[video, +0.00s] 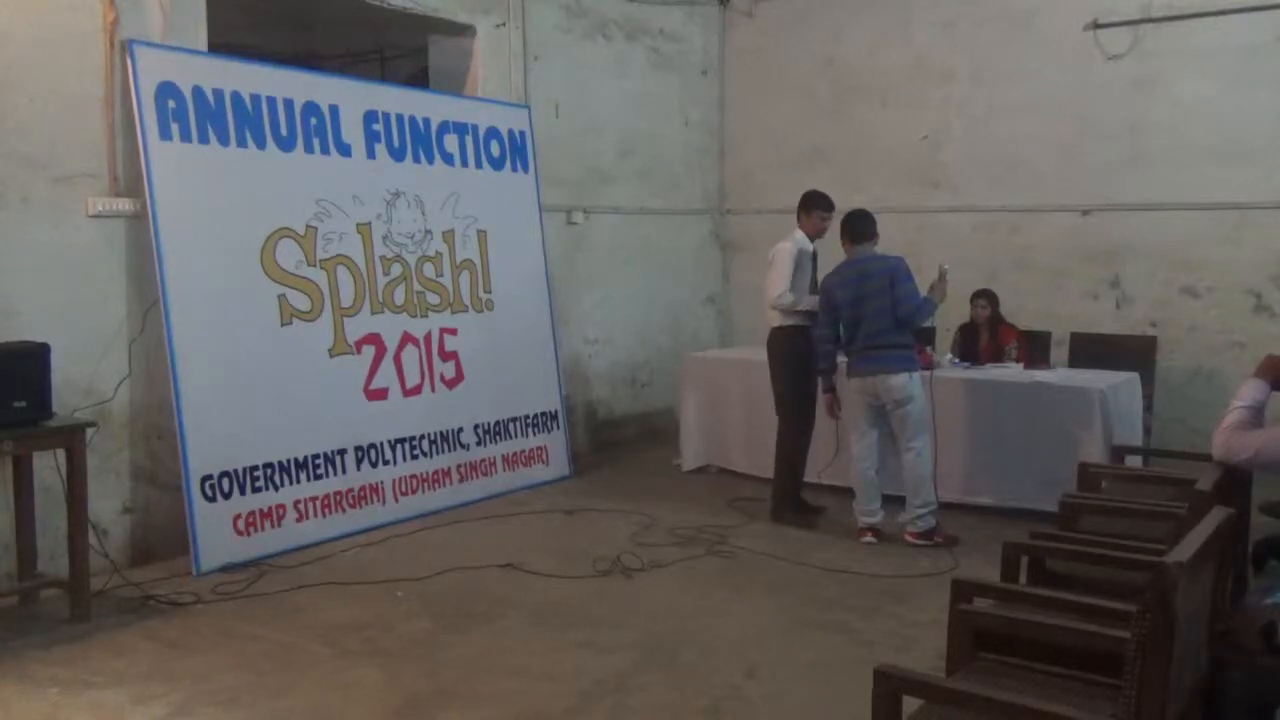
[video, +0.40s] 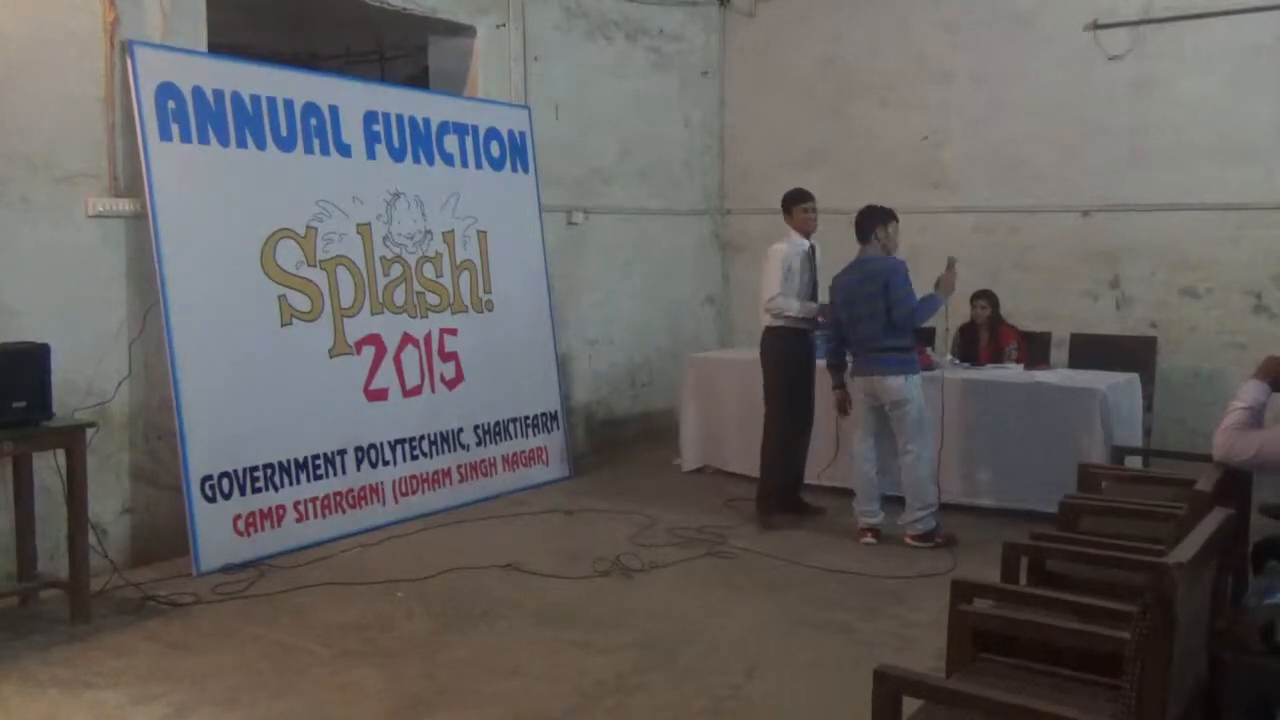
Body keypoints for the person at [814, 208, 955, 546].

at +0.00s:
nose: (873, 242)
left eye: (843, 240)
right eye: (874, 236)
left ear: (843, 241)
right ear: (877, 237)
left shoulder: (833, 281)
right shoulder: (894, 266)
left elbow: (825, 337)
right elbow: (912, 316)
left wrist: (827, 386)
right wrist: (934, 297)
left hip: (859, 376)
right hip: (899, 374)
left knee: (863, 450)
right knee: (915, 446)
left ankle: (868, 524)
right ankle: (920, 524)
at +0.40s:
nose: (897, 239)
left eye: (897, 232)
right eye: (895, 232)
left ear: (864, 235)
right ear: (881, 233)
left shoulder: (841, 280)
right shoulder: (893, 269)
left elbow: (834, 337)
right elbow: (909, 317)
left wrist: (838, 384)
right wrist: (940, 293)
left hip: (863, 376)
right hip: (898, 374)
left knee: (865, 448)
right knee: (915, 447)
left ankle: (867, 524)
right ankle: (919, 526)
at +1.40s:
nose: (963, 234)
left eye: (964, 227)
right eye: (956, 227)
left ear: (950, 232)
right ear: (933, 231)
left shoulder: (943, 272)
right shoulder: (925, 276)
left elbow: (946, 327)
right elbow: (936, 334)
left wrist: (971, 308)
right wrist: (970, 306)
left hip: (950, 379)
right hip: (933, 381)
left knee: (962, 453)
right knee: (933, 455)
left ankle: (961, 521)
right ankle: (919, 528)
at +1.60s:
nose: (976, 236)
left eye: (978, 229)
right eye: (969, 228)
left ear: (968, 233)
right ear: (946, 231)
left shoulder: (959, 274)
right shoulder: (934, 278)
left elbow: (966, 327)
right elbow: (947, 335)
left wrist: (985, 302)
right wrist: (981, 298)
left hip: (966, 382)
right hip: (943, 383)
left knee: (979, 459)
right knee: (937, 458)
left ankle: (1000, 525)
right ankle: (921, 528)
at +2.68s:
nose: (1050, 236)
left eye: (1054, 229)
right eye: (1042, 228)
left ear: (1056, 233)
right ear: (1021, 231)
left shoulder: (1045, 277)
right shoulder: (1001, 277)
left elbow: (1054, 337)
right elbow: (1004, 327)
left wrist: (1062, 386)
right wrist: (1046, 286)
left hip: (1038, 386)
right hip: (1012, 384)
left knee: (1029, 464)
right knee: (1019, 463)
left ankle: (1025, 531)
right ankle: (1007, 534)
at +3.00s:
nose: (1056, 236)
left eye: (1059, 229)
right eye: (1047, 229)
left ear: (1061, 231)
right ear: (1025, 232)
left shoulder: (1054, 277)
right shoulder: (1008, 281)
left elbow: (1064, 338)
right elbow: (1012, 329)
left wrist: (1072, 384)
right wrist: (1052, 289)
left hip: (1054, 390)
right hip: (1026, 389)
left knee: (1042, 473)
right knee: (1026, 473)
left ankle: (1023, 533)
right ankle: (1006, 537)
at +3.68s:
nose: (1056, 234)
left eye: (1060, 227)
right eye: (1047, 227)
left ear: (1064, 230)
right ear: (1024, 230)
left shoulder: (1064, 273)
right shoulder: (1008, 283)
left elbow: (1070, 333)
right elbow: (1011, 343)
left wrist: (1080, 379)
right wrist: (1053, 307)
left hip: (1070, 389)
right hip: (1032, 392)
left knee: (1079, 471)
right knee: (1030, 479)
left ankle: (1071, 543)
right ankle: (1028, 548)